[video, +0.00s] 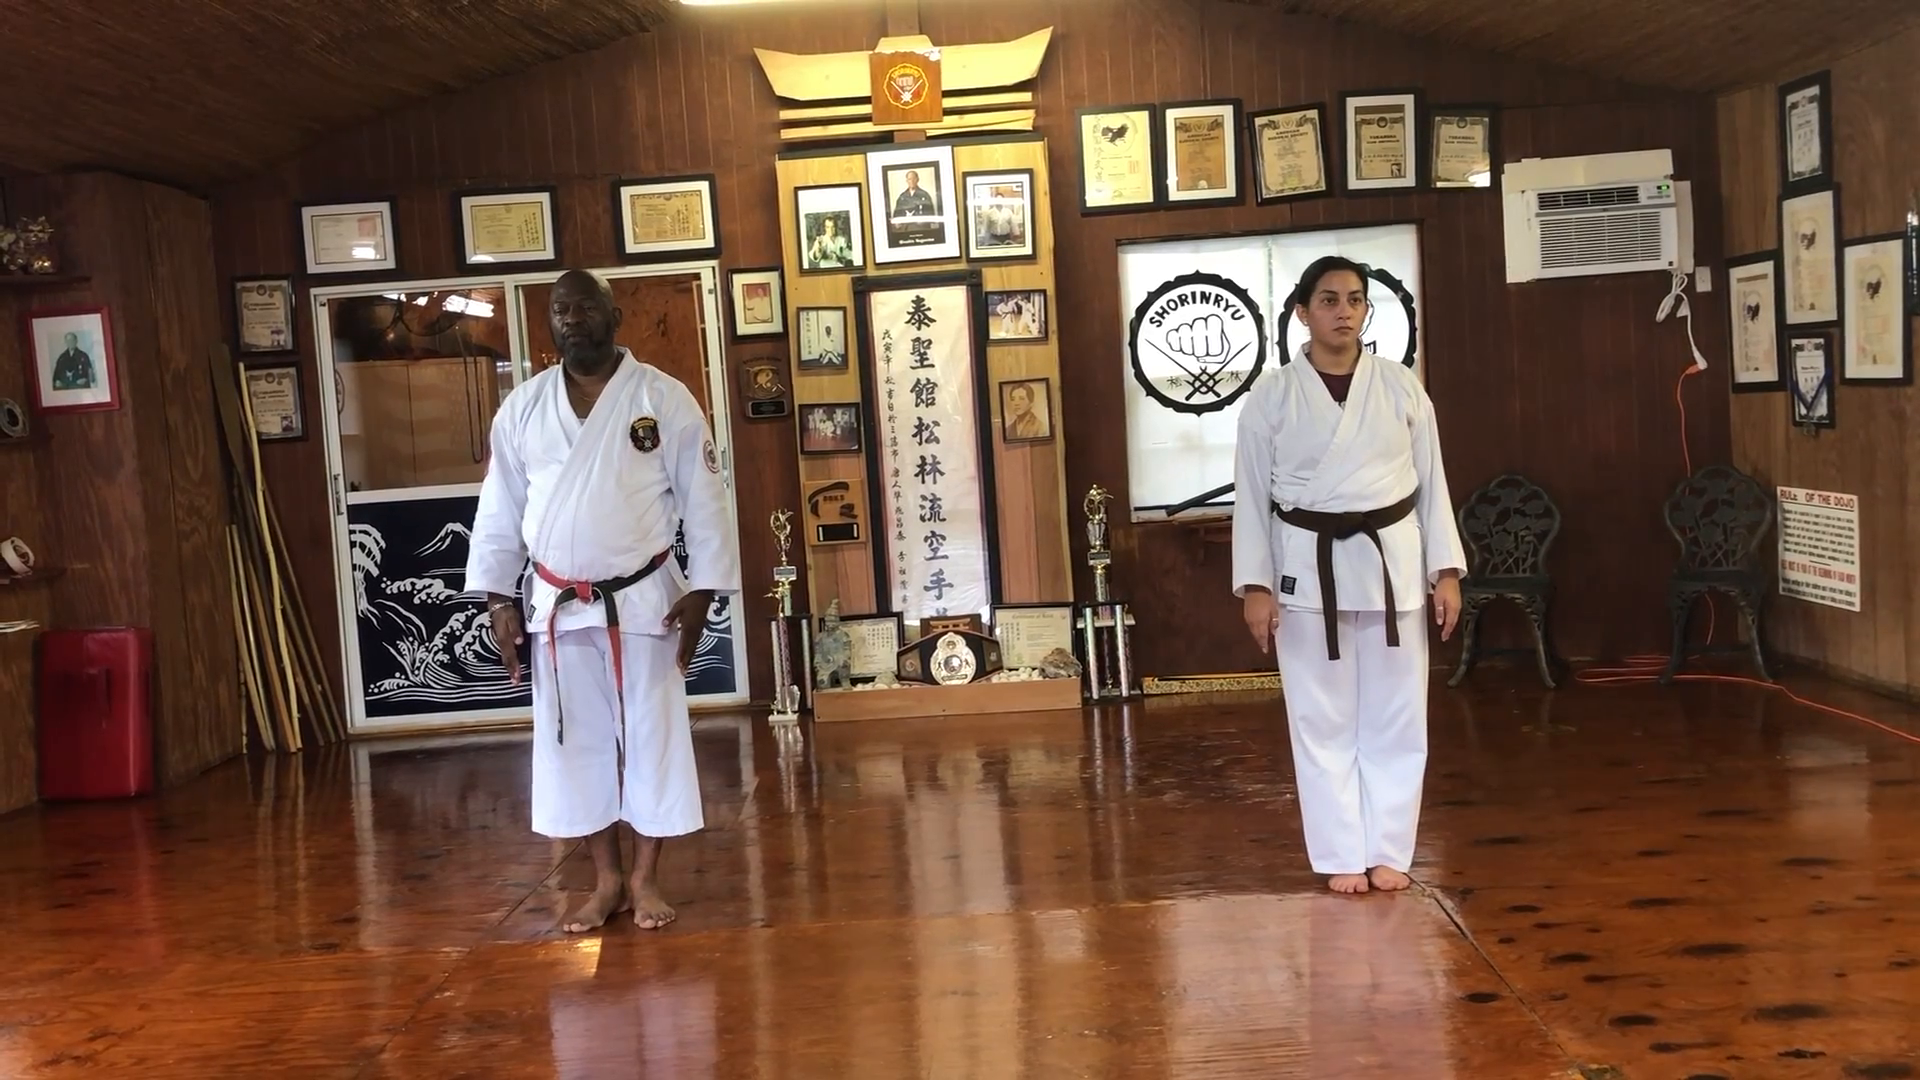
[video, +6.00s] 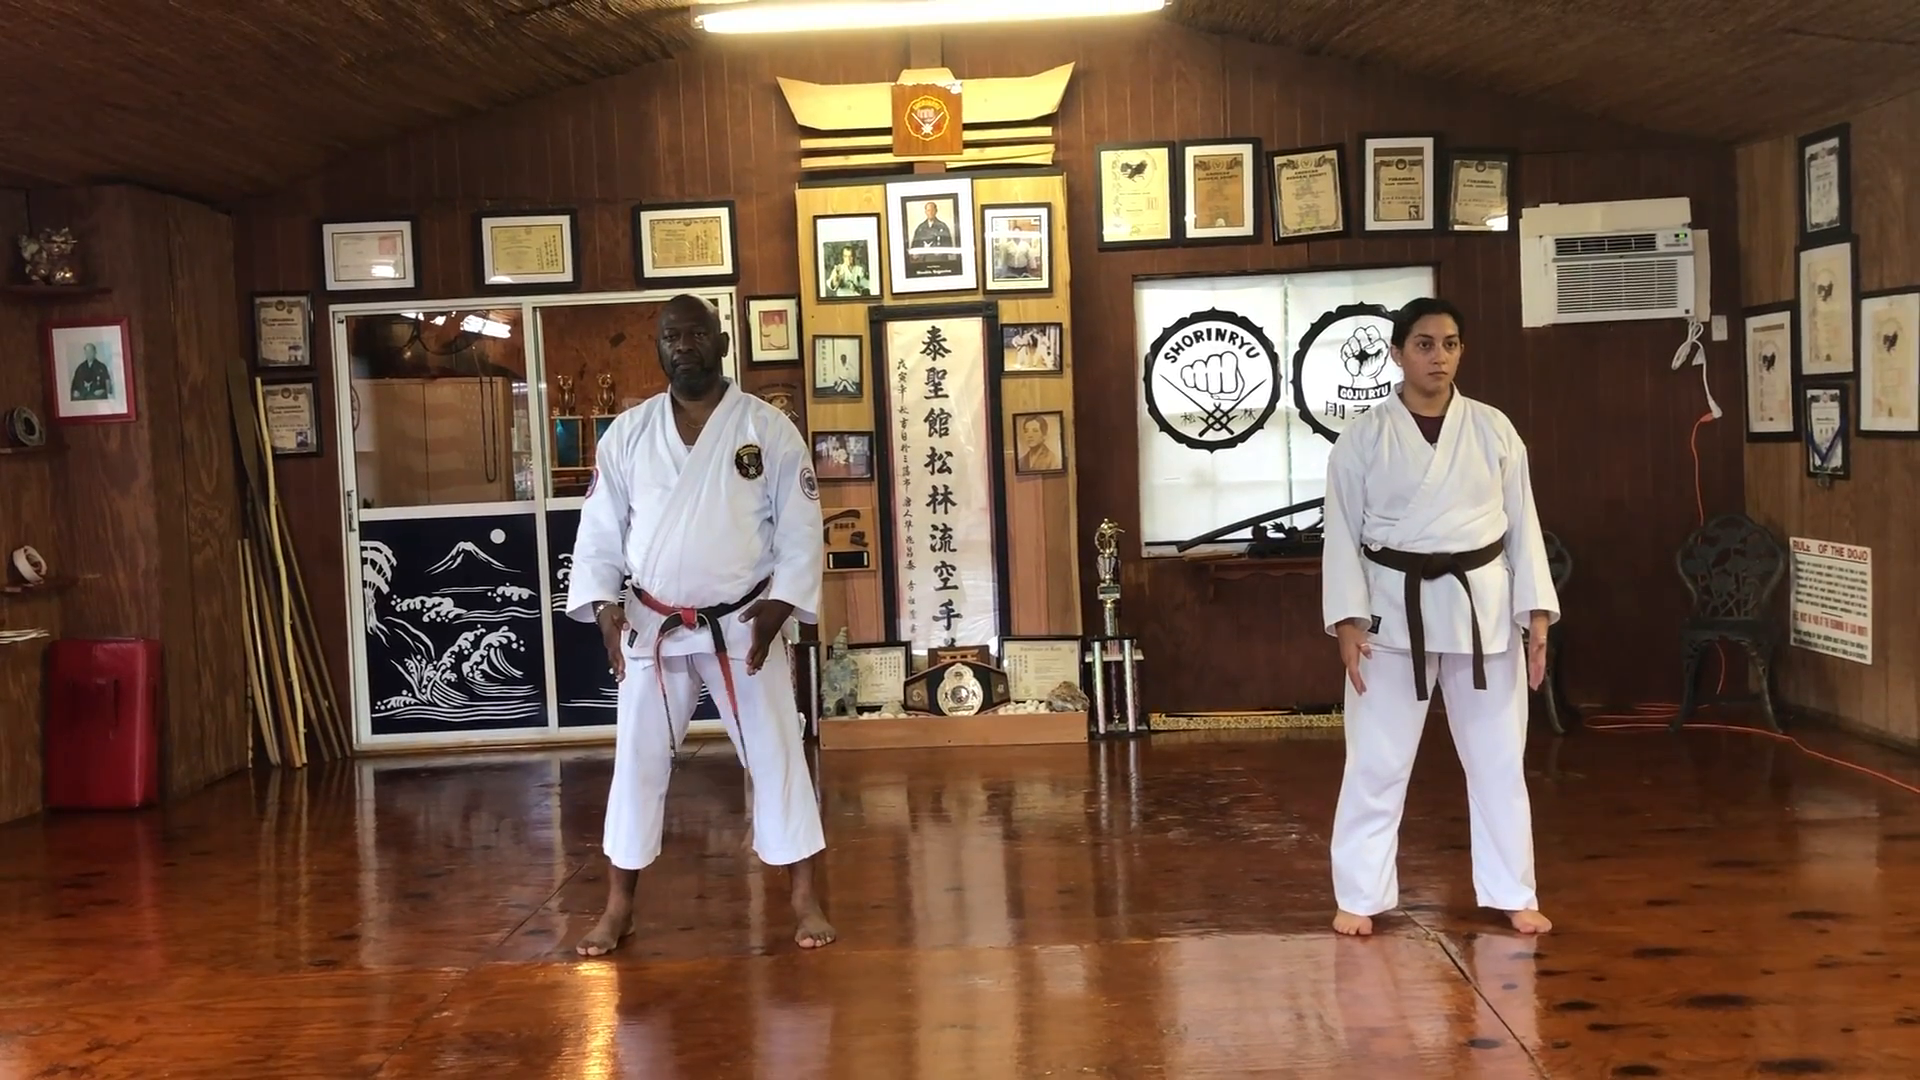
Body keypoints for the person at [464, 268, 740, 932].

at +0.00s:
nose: (571, 321)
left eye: (583, 309)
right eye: (561, 312)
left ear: (615, 317)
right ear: (548, 327)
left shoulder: (663, 398)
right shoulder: (520, 410)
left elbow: (704, 498)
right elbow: (500, 511)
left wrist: (704, 590)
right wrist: (498, 602)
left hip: (643, 593)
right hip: (557, 599)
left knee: (649, 735)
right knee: (577, 736)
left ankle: (643, 880)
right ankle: (605, 879)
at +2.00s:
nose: (560, 392)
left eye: (572, 379)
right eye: (550, 380)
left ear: (605, 367)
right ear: (540, 376)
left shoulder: (666, 420)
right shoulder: (522, 430)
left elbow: (716, 510)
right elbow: (514, 528)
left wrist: (707, 600)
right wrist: (532, 616)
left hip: (662, 608)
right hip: (577, 614)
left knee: (665, 745)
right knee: (592, 746)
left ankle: (651, 882)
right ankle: (613, 884)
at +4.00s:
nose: (583, 320)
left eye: (595, 308)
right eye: (572, 312)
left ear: (624, 319)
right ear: (558, 328)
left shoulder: (675, 398)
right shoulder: (532, 410)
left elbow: (712, 499)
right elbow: (516, 508)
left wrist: (706, 589)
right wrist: (524, 597)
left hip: (656, 590)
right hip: (572, 597)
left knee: (658, 733)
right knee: (590, 734)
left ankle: (654, 879)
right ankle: (617, 880)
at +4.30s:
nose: (592, 324)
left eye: (603, 310)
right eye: (579, 314)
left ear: (631, 316)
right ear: (566, 326)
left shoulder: (682, 394)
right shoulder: (541, 413)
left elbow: (728, 491)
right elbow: (526, 512)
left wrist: (733, 579)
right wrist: (533, 604)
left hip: (680, 585)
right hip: (591, 597)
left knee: (712, 723)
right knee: (600, 735)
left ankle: (747, 868)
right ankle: (620, 881)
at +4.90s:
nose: (693, 328)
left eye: (704, 316)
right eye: (680, 319)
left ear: (730, 323)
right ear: (664, 333)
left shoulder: (779, 406)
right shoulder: (637, 413)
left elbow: (815, 502)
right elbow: (615, 507)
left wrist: (797, 576)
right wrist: (619, 586)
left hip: (761, 594)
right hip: (668, 599)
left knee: (794, 734)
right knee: (651, 743)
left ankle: (815, 877)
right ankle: (626, 888)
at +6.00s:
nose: (686, 347)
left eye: (697, 335)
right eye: (674, 337)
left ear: (722, 343)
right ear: (657, 351)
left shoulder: (767, 429)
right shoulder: (626, 434)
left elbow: (802, 527)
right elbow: (601, 525)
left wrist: (778, 603)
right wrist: (606, 603)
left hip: (743, 617)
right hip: (652, 621)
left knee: (778, 756)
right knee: (635, 762)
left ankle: (807, 900)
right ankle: (617, 909)